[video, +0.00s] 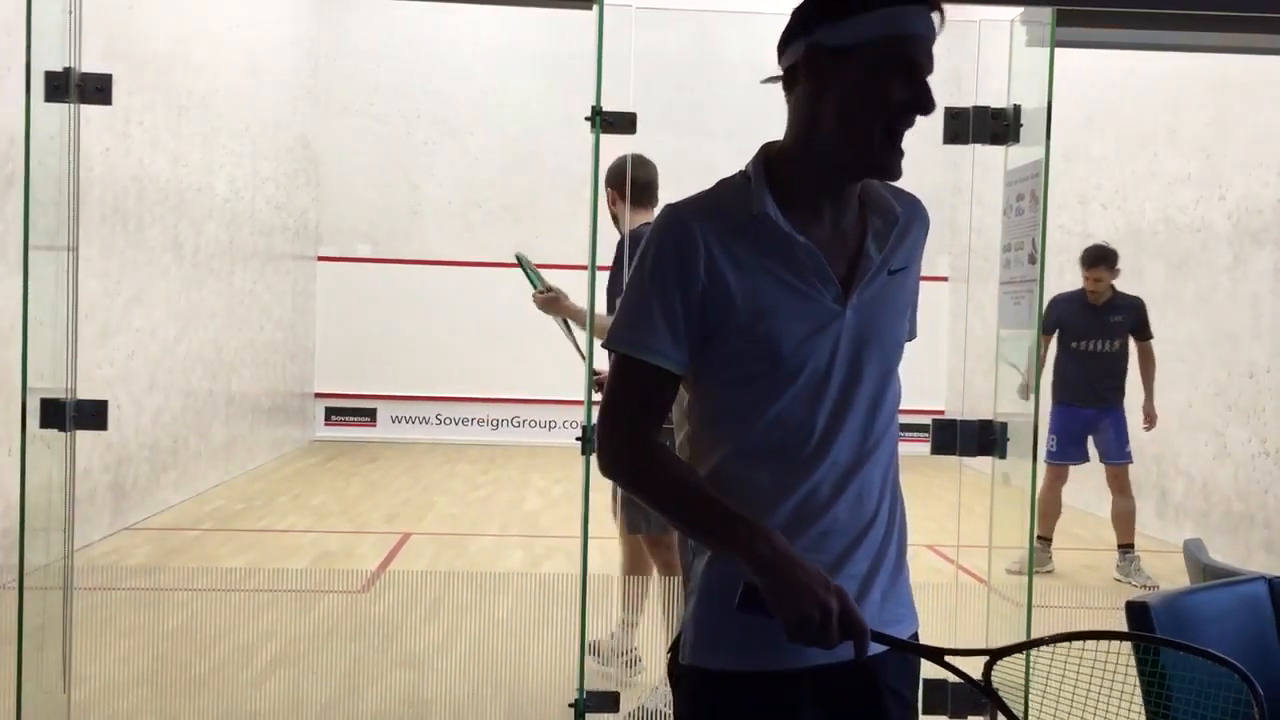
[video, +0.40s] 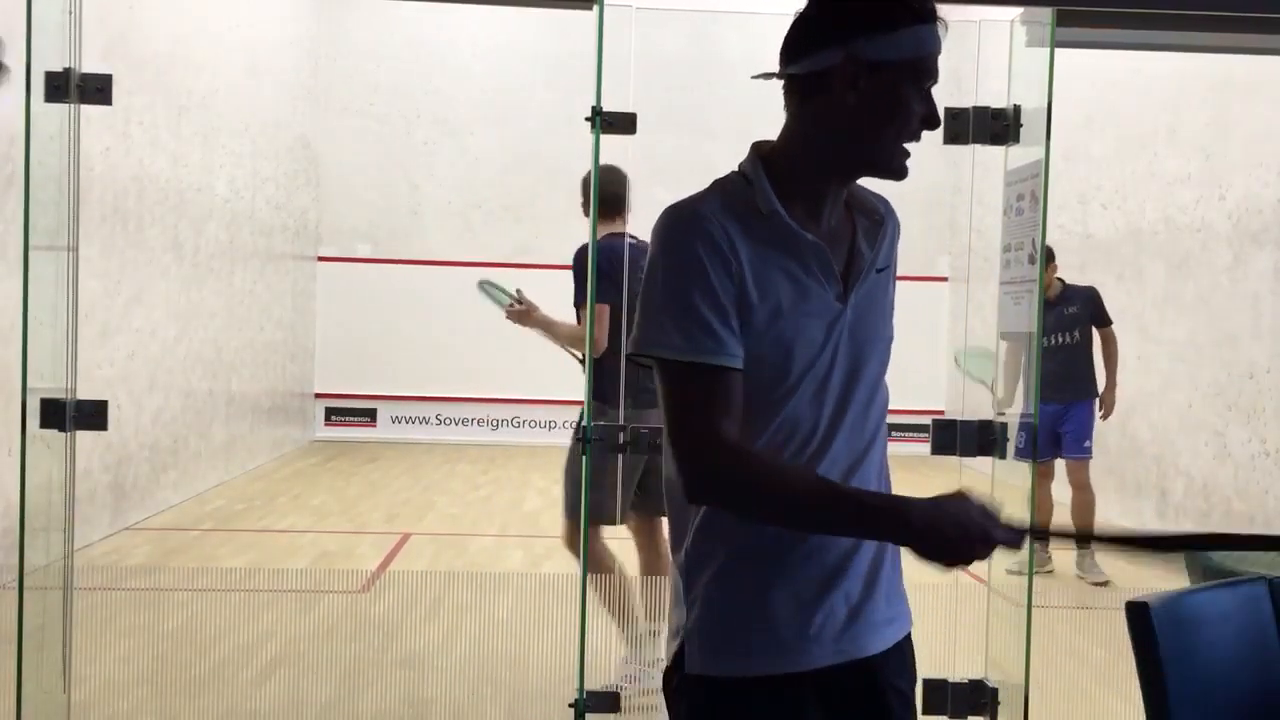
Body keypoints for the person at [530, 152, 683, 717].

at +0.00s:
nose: (601, 201)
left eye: (604, 193)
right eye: (605, 193)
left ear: (612, 194)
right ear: (654, 191)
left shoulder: (636, 245)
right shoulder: (656, 242)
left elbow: (629, 331)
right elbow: (653, 337)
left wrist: (569, 308)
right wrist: (618, 376)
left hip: (654, 413)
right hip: (658, 408)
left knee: (652, 529)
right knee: (646, 529)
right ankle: (629, 637)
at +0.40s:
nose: (581, 209)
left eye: (581, 200)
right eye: (591, 198)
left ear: (586, 204)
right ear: (627, 203)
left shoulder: (595, 254)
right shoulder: (653, 255)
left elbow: (595, 341)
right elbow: (639, 343)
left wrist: (540, 320)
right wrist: (559, 328)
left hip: (612, 418)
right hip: (660, 417)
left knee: (579, 533)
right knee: (652, 530)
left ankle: (639, 654)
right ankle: (662, 655)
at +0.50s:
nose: (567, 217)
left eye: (565, 209)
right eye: (578, 207)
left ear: (568, 210)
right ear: (612, 207)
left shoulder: (581, 255)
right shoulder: (642, 260)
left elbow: (587, 336)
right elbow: (637, 343)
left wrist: (530, 323)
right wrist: (565, 339)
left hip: (599, 414)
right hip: (654, 412)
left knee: (548, 523)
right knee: (641, 524)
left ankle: (590, 650)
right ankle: (656, 650)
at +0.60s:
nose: (545, 221)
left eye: (544, 214)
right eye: (553, 213)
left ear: (548, 215)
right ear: (591, 211)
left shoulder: (566, 260)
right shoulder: (617, 261)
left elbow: (577, 340)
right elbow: (639, 333)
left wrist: (517, 331)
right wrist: (560, 349)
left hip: (581, 415)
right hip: (633, 414)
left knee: (530, 518)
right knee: (632, 525)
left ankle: (528, 643)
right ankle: (655, 647)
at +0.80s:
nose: (504, 221)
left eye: (503, 214)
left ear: (505, 217)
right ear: (547, 213)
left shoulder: (522, 267)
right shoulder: (574, 265)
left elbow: (537, 347)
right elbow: (591, 344)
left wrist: (476, 347)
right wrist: (514, 351)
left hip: (532, 415)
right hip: (574, 416)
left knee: (504, 521)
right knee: (590, 523)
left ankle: (477, 641)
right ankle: (634, 641)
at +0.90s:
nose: (485, 214)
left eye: (483, 205)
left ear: (485, 210)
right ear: (526, 206)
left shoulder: (500, 260)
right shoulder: (553, 260)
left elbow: (509, 342)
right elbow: (541, 344)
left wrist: (452, 338)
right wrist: (472, 339)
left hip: (510, 406)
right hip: (554, 404)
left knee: (493, 516)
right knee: (544, 512)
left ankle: (478, 640)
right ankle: (610, 618)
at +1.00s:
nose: (468, 212)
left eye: (466, 205)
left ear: (467, 207)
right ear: (510, 204)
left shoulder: (479, 256)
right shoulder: (534, 257)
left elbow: (479, 339)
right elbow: (529, 333)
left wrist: (430, 329)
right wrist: (453, 326)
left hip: (492, 402)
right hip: (534, 402)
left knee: (485, 517)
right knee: (513, 507)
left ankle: (478, 638)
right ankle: (562, 600)